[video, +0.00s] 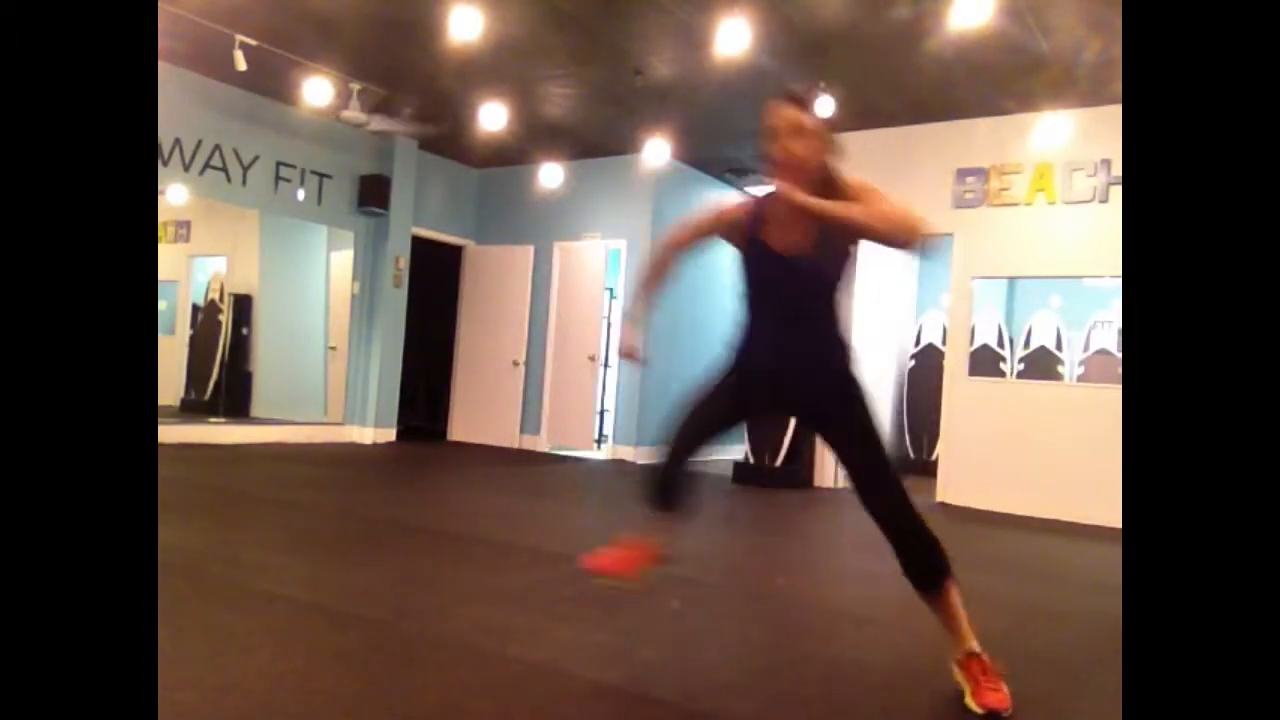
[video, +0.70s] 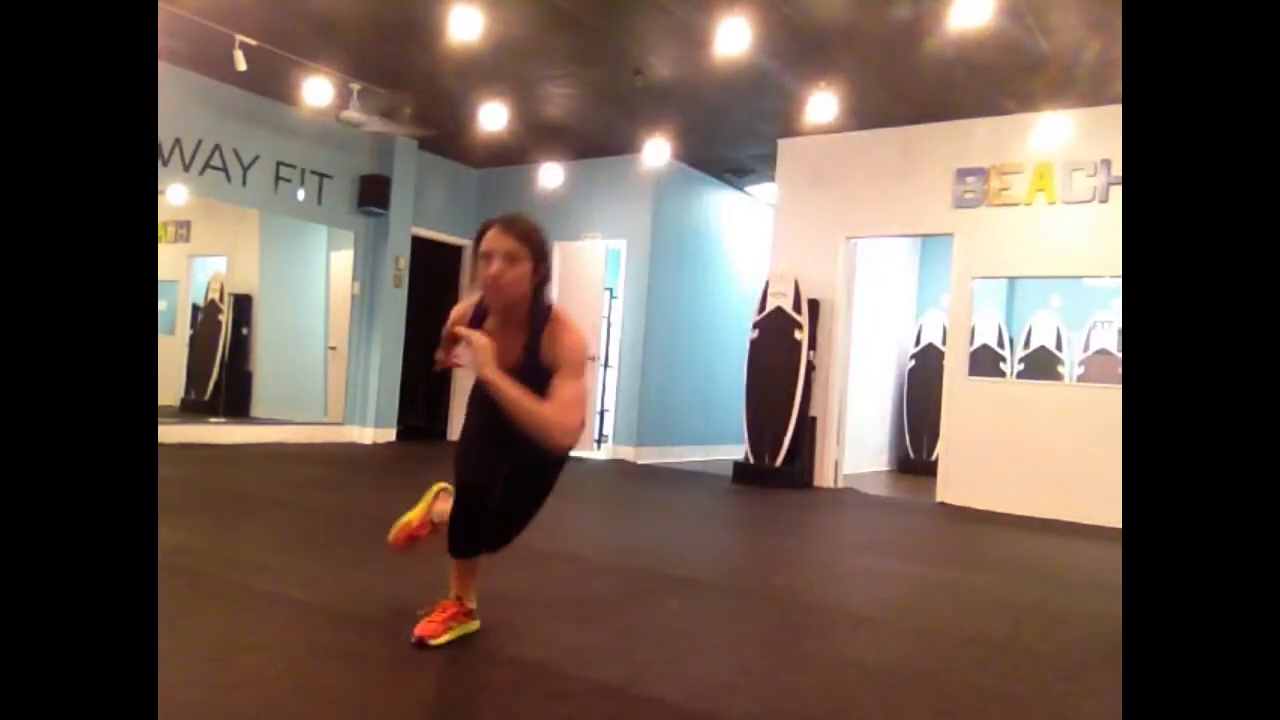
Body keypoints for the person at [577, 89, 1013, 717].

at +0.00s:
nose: (787, 148)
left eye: (800, 136)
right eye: (776, 137)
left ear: (824, 144)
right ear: (765, 147)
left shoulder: (847, 199)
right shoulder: (746, 214)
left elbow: (911, 230)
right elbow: (672, 247)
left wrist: (818, 206)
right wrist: (636, 315)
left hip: (823, 380)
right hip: (754, 375)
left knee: (887, 504)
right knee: (680, 448)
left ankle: (969, 651)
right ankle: (654, 539)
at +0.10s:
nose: (714, 131)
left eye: (727, 118)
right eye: (702, 121)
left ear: (754, 129)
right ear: (690, 134)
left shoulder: (776, 184)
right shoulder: (676, 193)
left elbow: (806, 221)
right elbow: (607, 227)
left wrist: (733, 208)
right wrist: (565, 295)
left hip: (759, 353)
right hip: (688, 349)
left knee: (826, 469)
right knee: (607, 438)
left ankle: (919, 598)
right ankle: (529, 540)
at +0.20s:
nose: (644, 154)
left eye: (655, 141)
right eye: (634, 145)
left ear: (680, 149)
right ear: (624, 156)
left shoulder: (699, 217)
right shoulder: (605, 214)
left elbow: (707, 269)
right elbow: (550, 249)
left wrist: (635, 235)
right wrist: (514, 299)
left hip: (684, 365)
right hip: (618, 361)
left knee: (743, 469)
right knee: (549, 465)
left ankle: (822, 562)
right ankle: (474, 578)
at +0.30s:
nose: (573, 210)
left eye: (586, 199)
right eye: (564, 199)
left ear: (610, 207)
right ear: (554, 208)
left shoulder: (634, 278)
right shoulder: (538, 263)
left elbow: (631, 347)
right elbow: (502, 299)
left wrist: (563, 293)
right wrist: (473, 341)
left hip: (619, 398)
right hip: (556, 391)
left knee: (657, 516)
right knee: (496, 486)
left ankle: (701, 522)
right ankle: (464, 602)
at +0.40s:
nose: (516, 253)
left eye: (530, 242)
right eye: (507, 242)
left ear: (558, 252)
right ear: (499, 250)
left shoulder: (579, 317)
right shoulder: (496, 301)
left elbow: (568, 414)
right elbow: (474, 337)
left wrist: (504, 346)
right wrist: (461, 373)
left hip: (582, 414)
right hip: (524, 400)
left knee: (564, 550)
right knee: (473, 492)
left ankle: (604, 535)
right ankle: (462, 604)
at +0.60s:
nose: (480, 290)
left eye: (496, 279)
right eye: (472, 277)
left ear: (524, 290)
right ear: (461, 283)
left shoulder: (551, 354)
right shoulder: (459, 334)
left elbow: (531, 453)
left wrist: (464, 384)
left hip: (553, 428)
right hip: (492, 405)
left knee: (494, 548)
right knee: (464, 493)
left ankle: (452, 525)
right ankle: (461, 604)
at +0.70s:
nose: (494, 271)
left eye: (510, 260)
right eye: (487, 258)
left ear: (537, 272)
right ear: (477, 266)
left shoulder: (565, 338)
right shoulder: (467, 316)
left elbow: (564, 432)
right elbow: (445, 352)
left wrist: (490, 373)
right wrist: (447, 354)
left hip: (540, 437)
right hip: (487, 418)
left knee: (494, 535)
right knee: (470, 502)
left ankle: (438, 506)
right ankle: (462, 605)